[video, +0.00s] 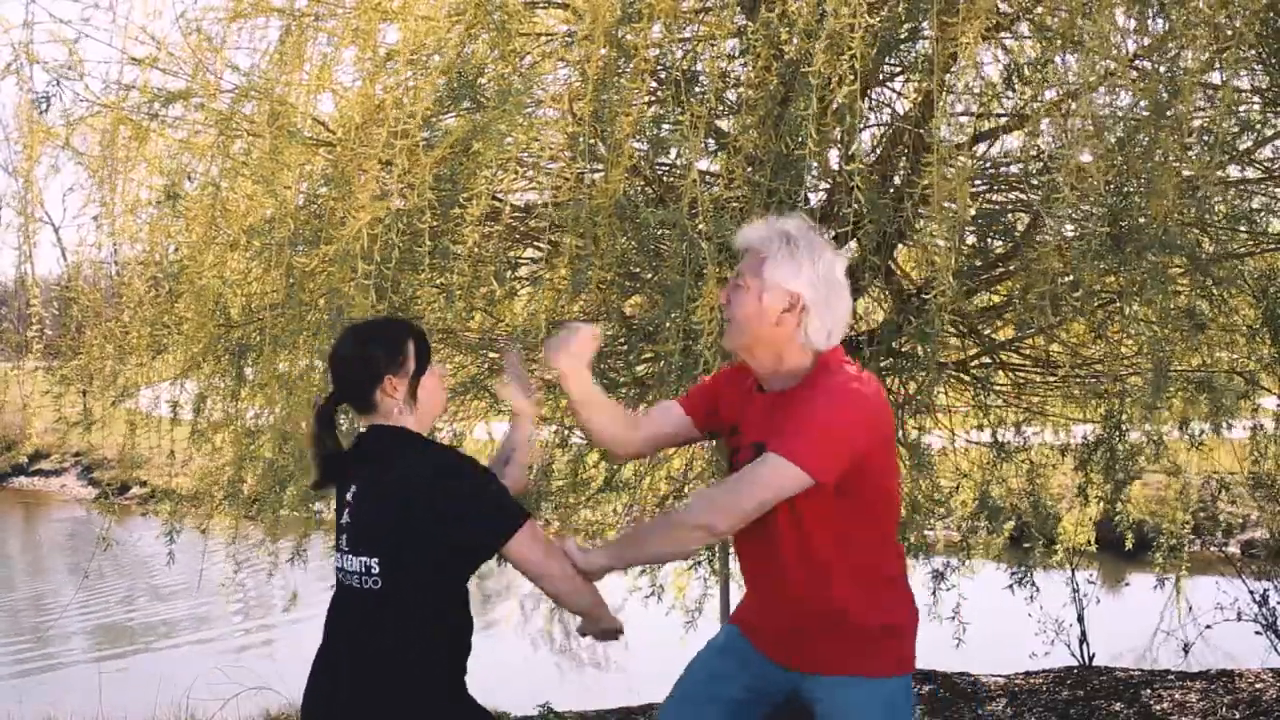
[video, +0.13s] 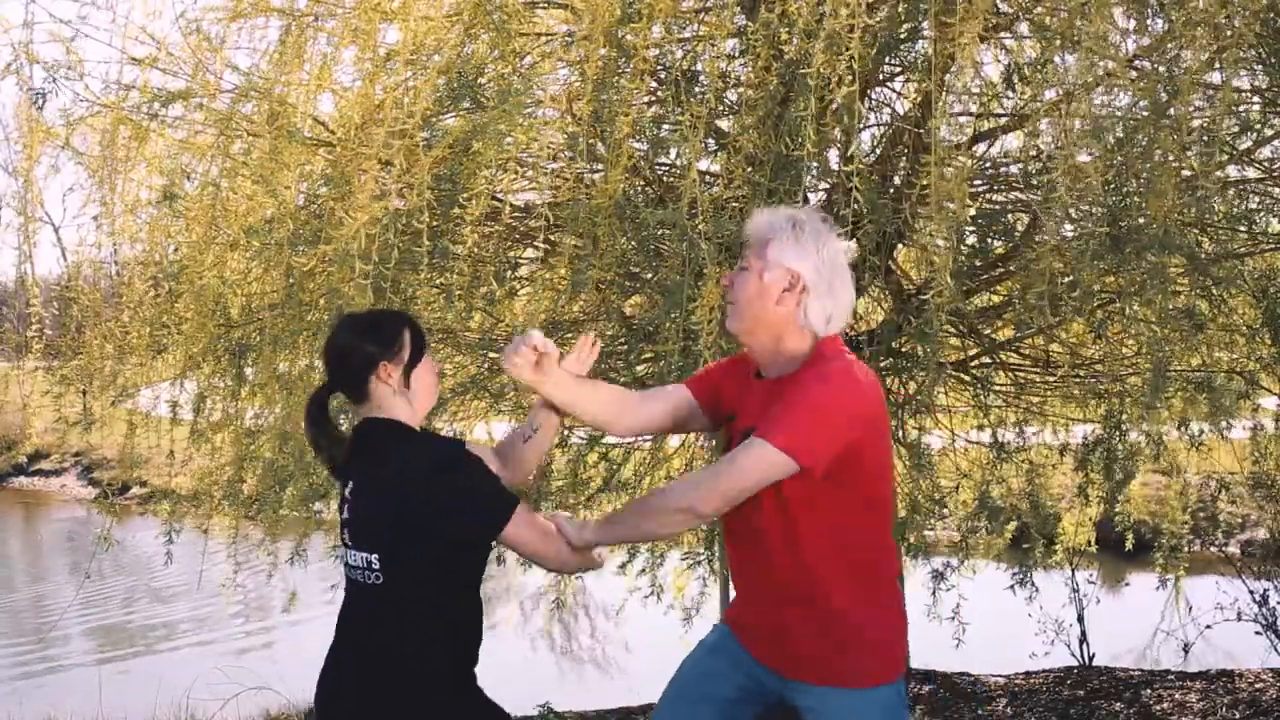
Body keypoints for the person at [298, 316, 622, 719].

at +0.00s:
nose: (441, 373)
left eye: (433, 363)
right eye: (430, 365)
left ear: (389, 389)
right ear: (393, 387)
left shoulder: (362, 460)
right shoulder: (445, 473)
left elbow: (499, 492)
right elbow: (548, 568)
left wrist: (524, 413)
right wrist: (598, 615)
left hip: (334, 694)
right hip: (420, 698)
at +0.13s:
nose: (436, 367)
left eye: (429, 354)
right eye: (425, 355)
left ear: (383, 376)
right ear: (390, 373)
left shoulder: (364, 449)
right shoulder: (440, 463)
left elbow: (503, 465)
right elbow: (556, 552)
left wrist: (559, 395)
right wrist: (591, 557)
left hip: (345, 695)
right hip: (432, 698)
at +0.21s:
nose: (434, 362)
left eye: (426, 350)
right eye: (421, 351)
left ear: (380, 372)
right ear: (388, 370)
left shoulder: (360, 447)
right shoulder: (443, 461)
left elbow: (501, 471)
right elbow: (559, 540)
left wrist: (556, 407)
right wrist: (572, 513)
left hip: (347, 693)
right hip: (435, 695)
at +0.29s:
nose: (434, 362)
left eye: (428, 348)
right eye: (423, 349)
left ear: (381, 369)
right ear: (386, 367)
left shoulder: (360, 444)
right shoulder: (442, 459)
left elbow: (503, 462)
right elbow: (555, 531)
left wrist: (562, 392)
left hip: (347, 688)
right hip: (431, 691)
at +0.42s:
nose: (431, 362)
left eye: (425, 347)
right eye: (420, 348)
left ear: (375, 362)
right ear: (380, 361)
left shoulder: (355, 437)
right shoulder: (428, 450)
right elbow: (541, 515)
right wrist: (549, 465)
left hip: (345, 684)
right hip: (427, 689)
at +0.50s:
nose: (430, 360)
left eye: (423, 346)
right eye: (419, 347)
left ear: (379, 360)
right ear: (381, 359)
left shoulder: (415, 419)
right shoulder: (408, 465)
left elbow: (516, 464)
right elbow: (530, 522)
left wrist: (574, 492)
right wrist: (568, 497)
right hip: (418, 693)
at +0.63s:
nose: (434, 358)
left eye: (425, 346)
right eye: (421, 349)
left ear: (387, 374)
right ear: (389, 371)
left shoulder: (440, 418)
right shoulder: (413, 483)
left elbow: (534, 481)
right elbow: (535, 554)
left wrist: (596, 542)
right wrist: (577, 509)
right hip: (410, 699)